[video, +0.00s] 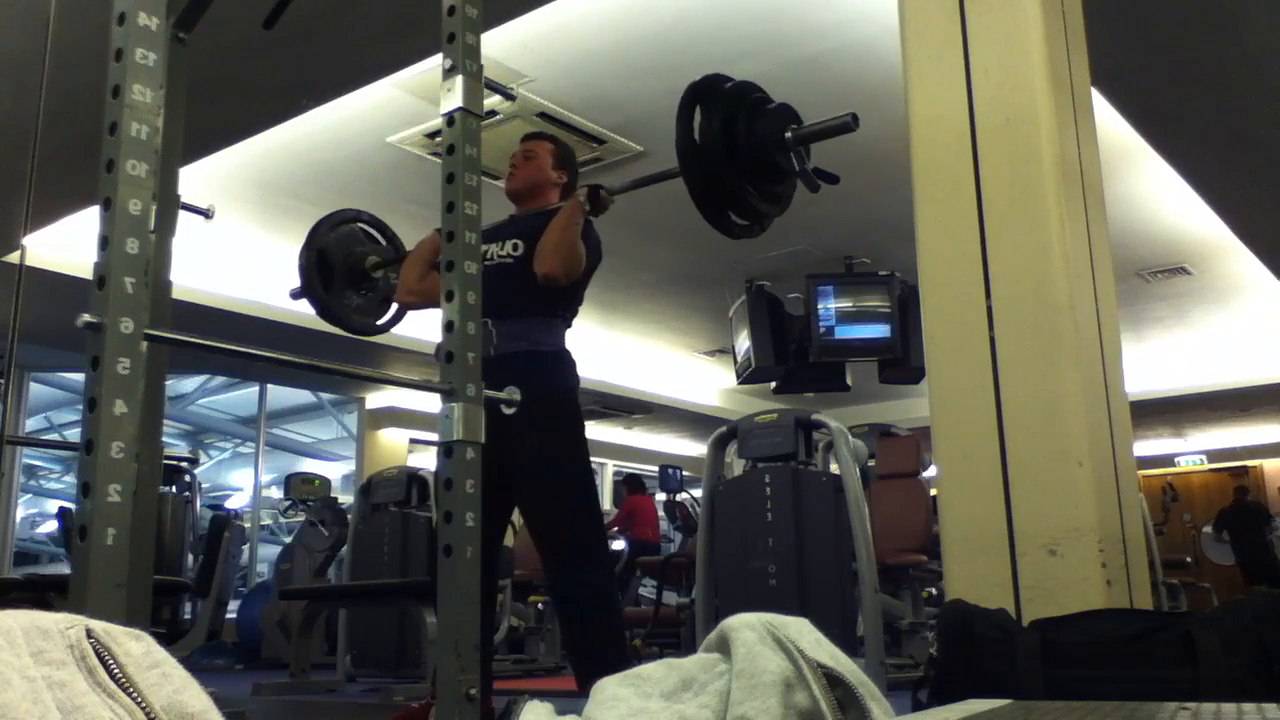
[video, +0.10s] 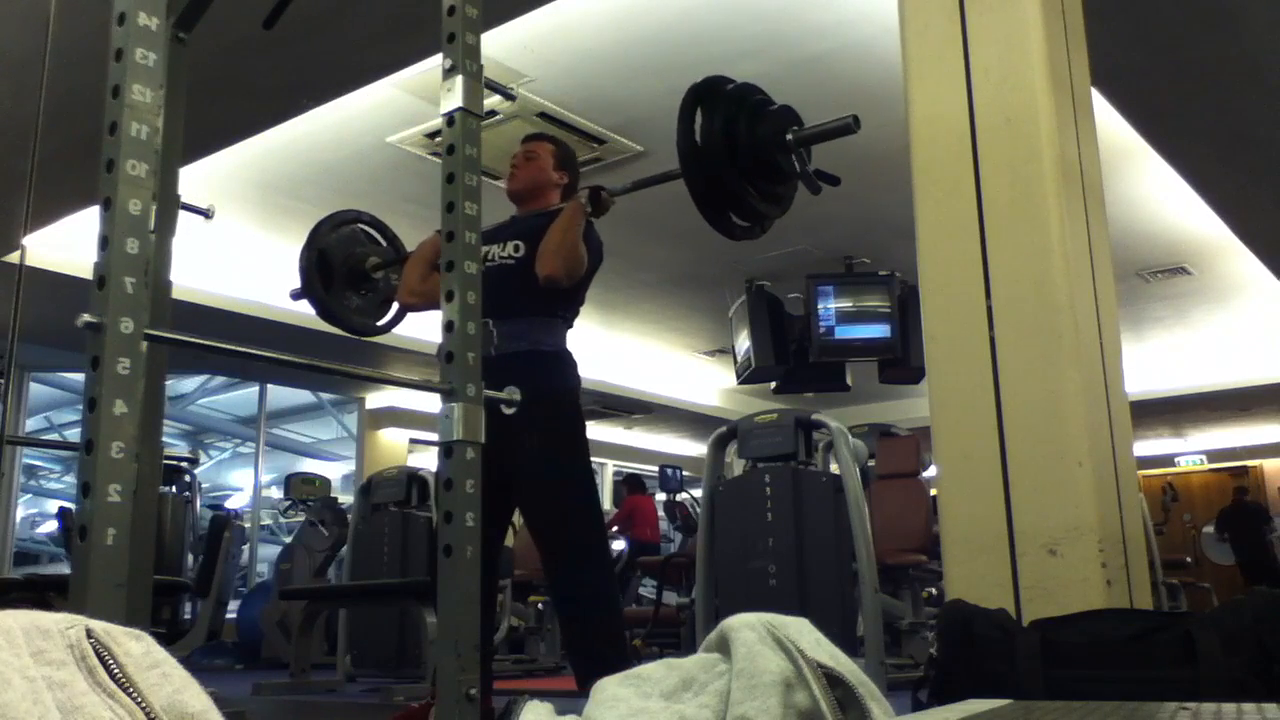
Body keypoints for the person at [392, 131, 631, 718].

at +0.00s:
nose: (513, 164)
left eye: (527, 156)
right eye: (510, 159)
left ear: (561, 177)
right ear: (507, 181)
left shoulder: (573, 228)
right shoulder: (484, 242)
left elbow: (551, 267)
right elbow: (408, 289)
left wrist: (577, 201)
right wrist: (445, 230)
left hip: (539, 389)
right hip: (473, 395)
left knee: (572, 549)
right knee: (465, 548)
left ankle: (610, 695)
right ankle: (458, 692)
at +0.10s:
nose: (514, 165)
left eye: (528, 157)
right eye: (511, 160)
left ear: (562, 177)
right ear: (507, 182)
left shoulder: (575, 229)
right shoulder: (485, 242)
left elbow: (553, 269)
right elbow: (410, 291)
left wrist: (577, 203)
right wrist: (443, 233)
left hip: (540, 389)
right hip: (474, 394)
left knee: (572, 548)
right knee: (466, 548)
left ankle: (610, 694)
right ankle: (458, 692)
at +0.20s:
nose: (514, 166)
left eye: (529, 158)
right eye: (512, 161)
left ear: (562, 177)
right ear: (509, 182)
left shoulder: (576, 230)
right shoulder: (486, 242)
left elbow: (554, 270)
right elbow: (412, 293)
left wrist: (578, 204)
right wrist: (446, 232)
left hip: (542, 388)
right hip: (475, 393)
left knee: (574, 547)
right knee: (468, 547)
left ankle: (610, 694)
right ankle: (459, 692)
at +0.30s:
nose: (514, 166)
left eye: (529, 159)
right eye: (512, 161)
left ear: (563, 177)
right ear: (509, 182)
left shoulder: (577, 231)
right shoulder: (485, 243)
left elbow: (556, 271)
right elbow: (414, 294)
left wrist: (580, 204)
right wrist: (447, 233)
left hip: (544, 391)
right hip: (476, 396)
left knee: (576, 550)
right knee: (469, 549)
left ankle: (609, 694)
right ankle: (460, 692)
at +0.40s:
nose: (516, 167)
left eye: (531, 159)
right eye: (514, 162)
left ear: (564, 178)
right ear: (510, 183)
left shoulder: (578, 232)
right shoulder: (486, 243)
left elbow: (557, 272)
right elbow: (415, 295)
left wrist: (581, 205)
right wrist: (446, 235)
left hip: (544, 388)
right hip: (475, 393)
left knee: (575, 548)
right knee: (469, 547)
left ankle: (609, 694)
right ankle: (461, 692)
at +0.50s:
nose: (519, 164)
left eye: (534, 157)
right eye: (516, 160)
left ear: (566, 179)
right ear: (511, 183)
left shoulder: (580, 232)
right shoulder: (484, 243)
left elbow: (559, 273)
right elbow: (417, 295)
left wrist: (583, 204)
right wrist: (448, 233)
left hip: (544, 388)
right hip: (474, 394)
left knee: (576, 550)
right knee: (470, 549)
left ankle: (609, 694)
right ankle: (461, 693)